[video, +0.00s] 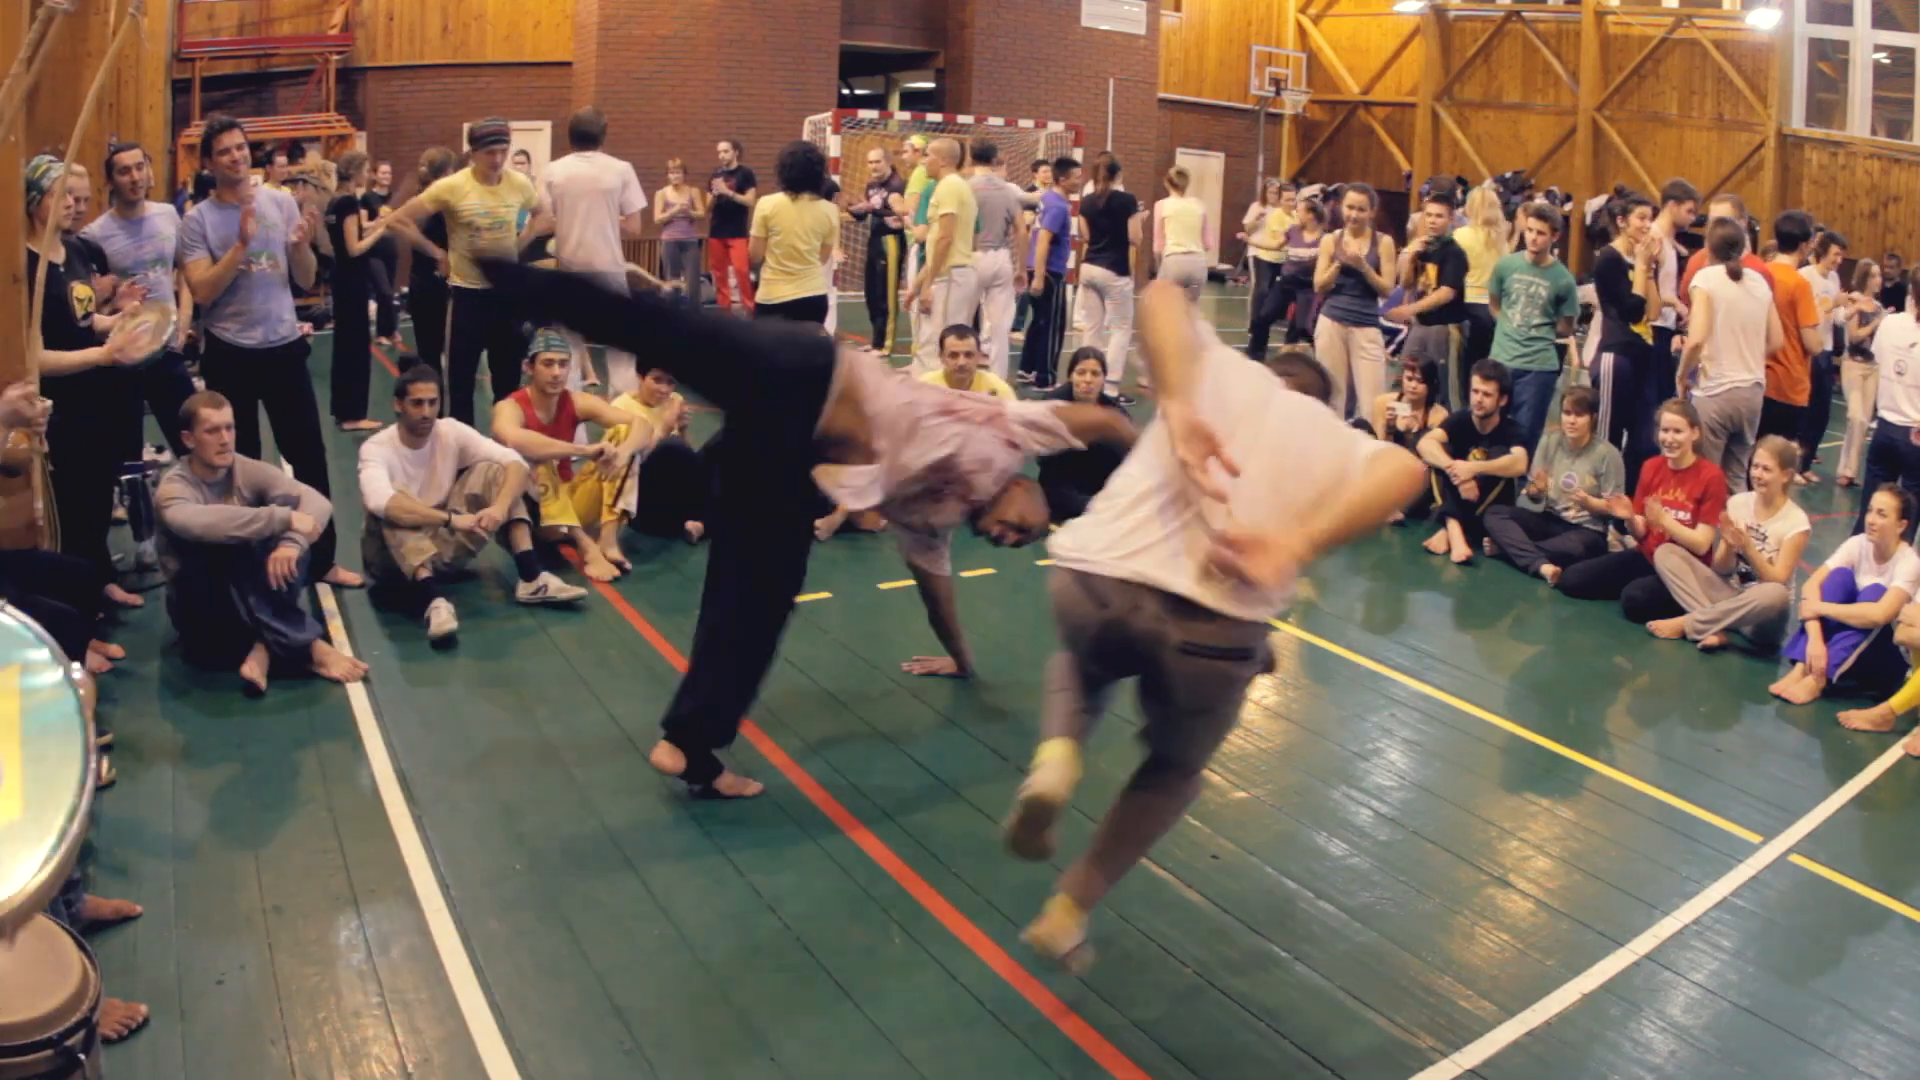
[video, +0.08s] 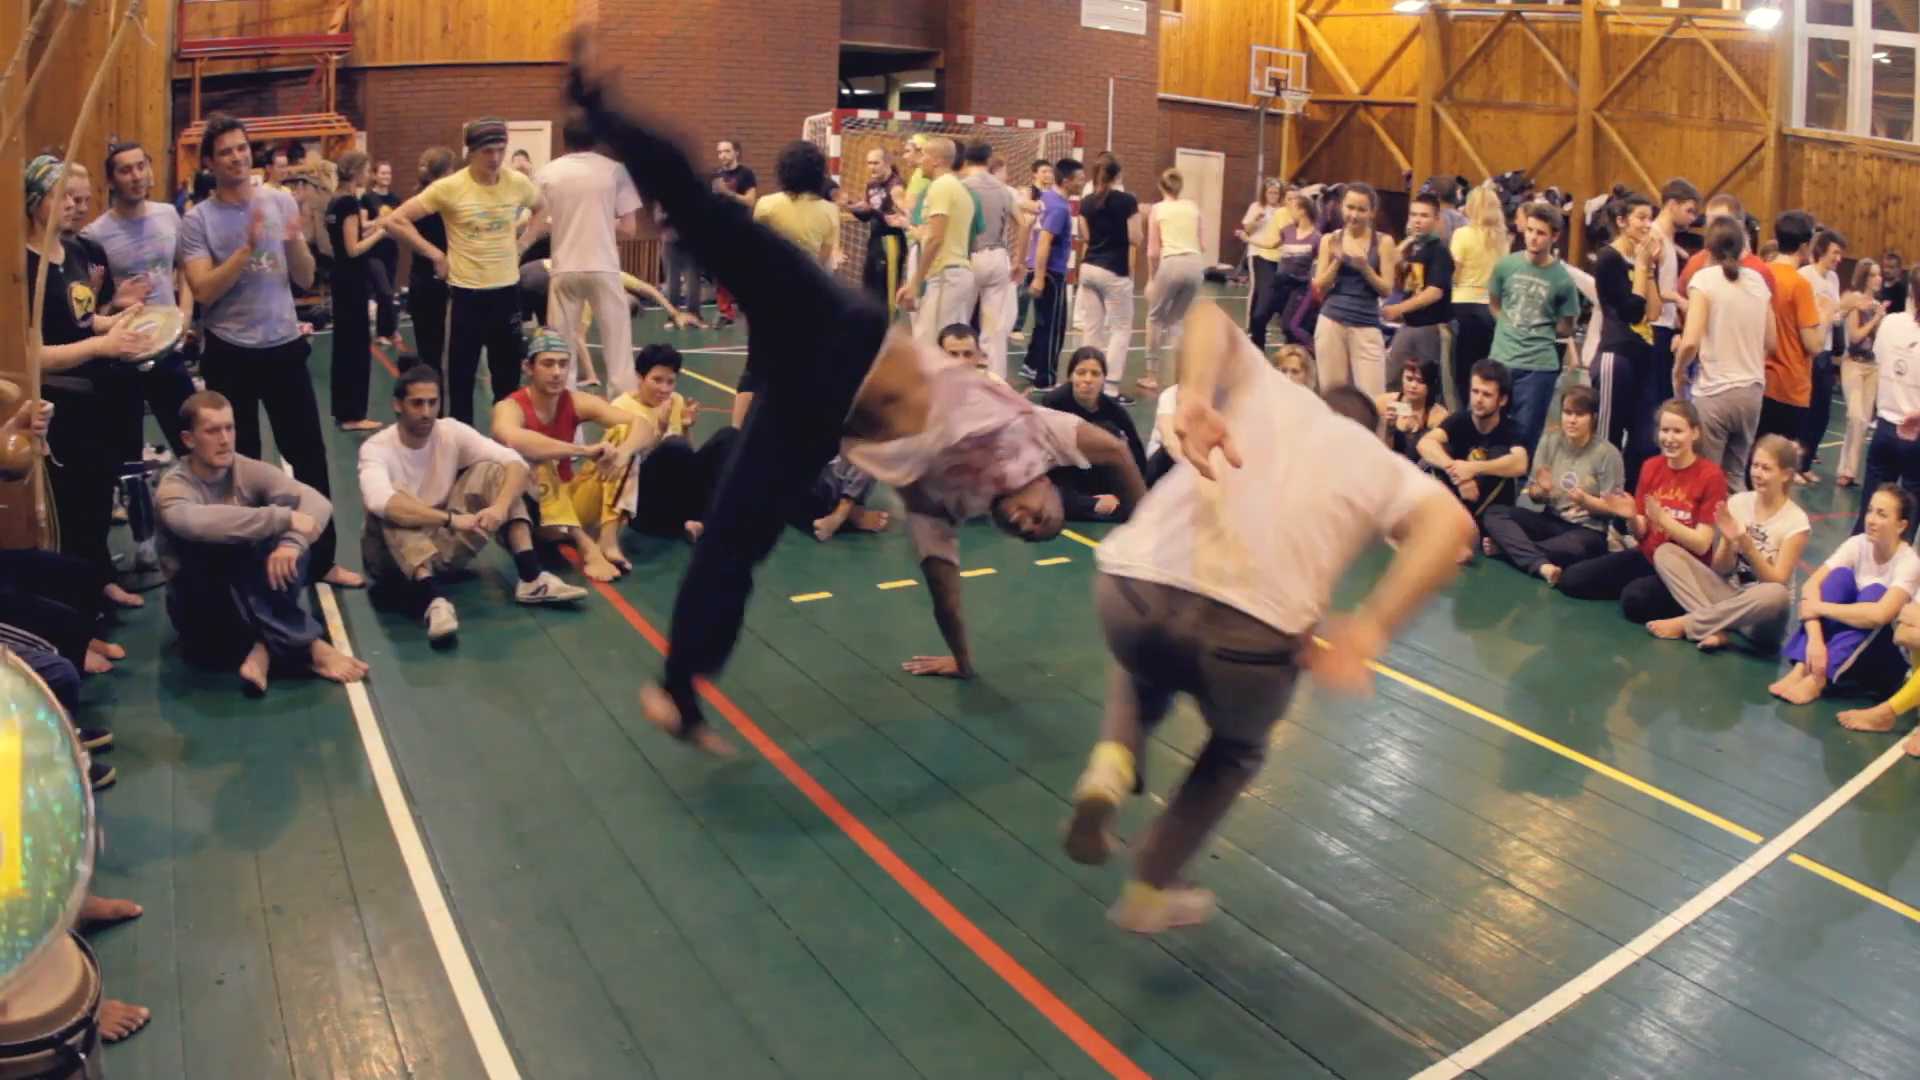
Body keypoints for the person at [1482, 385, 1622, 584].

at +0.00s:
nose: (1571, 421)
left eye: (1579, 415)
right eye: (1567, 413)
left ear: (1592, 418)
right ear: (1560, 414)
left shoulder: (1608, 455)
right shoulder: (1549, 441)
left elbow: (1614, 508)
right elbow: (1532, 495)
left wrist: (1587, 502)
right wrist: (1536, 490)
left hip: (1585, 530)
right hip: (1547, 520)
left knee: (1573, 548)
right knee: (1494, 514)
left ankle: (1508, 549)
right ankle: (1539, 566)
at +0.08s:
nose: (1572, 420)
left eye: (1580, 415)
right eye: (1568, 413)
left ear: (1593, 418)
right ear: (1560, 415)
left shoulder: (1608, 454)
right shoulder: (1549, 441)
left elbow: (1612, 508)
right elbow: (1531, 493)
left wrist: (1584, 499)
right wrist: (1542, 490)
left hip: (1585, 530)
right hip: (1547, 520)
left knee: (1573, 549)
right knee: (1494, 513)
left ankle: (1508, 549)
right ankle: (1539, 566)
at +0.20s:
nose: (1572, 419)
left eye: (1580, 414)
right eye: (1568, 412)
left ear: (1593, 417)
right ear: (1561, 414)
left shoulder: (1607, 453)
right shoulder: (1549, 442)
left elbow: (1610, 507)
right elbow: (1535, 492)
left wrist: (1574, 494)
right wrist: (1559, 494)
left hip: (1586, 530)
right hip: (1549, 521)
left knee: (1574, 548)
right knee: (1494, 514)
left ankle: (1507, 550)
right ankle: (1539, 565)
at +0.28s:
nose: (1571, 418)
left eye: (1579, 413)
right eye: (1567, 411)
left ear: (1593, 417)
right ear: (1560, 414)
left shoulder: (1608, 454)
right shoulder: (1549, 442)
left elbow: (1614, 507)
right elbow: (1531, 491)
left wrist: (1578, 497)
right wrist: (1548, 490)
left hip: (1585, 530)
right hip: (1547, 520)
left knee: (1573, 549)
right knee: (1494, 513)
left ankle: (1504, 550)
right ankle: (1539, 566)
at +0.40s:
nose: (1570, 419)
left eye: (1578, 413)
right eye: (1566, 412)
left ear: (1593, 418)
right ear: (1560, 414)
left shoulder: (1607, 453)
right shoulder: (1549, 442)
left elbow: (1616, 505)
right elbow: (1534, 497)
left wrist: (1588, 501)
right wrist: (1538, 488)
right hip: (1551, 518)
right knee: (1511, 531)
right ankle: (1537, 566)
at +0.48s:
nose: (1570, 419)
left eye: (1578, 412)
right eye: (1565, 411)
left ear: (1593, 417)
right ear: (1559, 414)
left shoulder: (1608, 454)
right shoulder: (1550, 443)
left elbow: (1611, 505)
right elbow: (1534, 490)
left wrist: (1573, 498)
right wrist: (1552, 491)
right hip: (1551, 519)